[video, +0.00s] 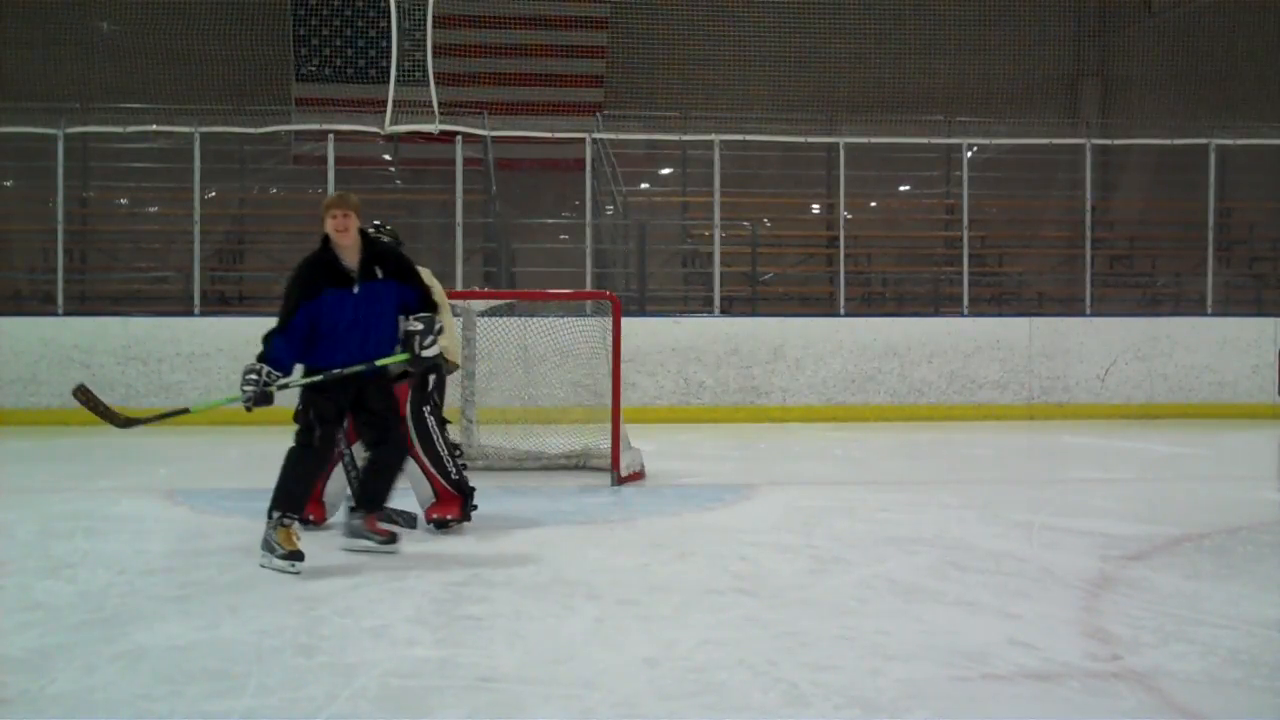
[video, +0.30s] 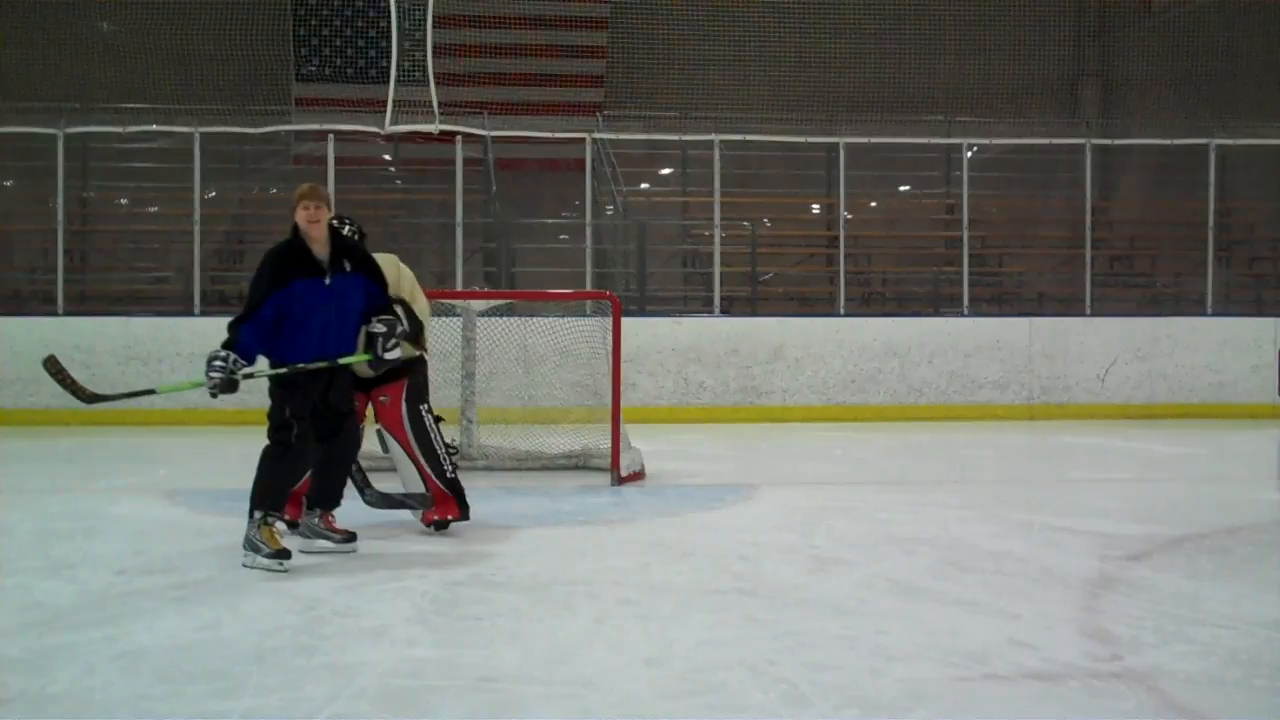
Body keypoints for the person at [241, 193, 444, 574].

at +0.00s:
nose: (341, 223)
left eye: (347, 216)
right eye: (334, 217)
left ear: (358, 221)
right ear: (325, 225)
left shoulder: (388, 261)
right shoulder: (312, 271)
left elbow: (423, 305)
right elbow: (290, 330)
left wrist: (422, 334)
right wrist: (266, 371)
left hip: (374, 374)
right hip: (326, 378)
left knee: (392, 440)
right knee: (315, 444)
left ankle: (363, 517)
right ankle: (282, 525)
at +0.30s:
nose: (313, 214)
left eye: (319, 207)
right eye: (305, 208)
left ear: (330, 213)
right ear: (294, 215)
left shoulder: (354, 256)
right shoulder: (281, 260)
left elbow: (382, 305)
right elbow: (255, 316)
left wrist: (386, 328)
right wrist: (231, 357)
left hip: (337, 369)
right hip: (291, 372)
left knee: (343, 440)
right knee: (290, 444)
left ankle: (316, 517)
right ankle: (261, 526)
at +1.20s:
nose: (277, 215)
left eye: (283, 209)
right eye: (270, 208)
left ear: (290, 214)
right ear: (255, 212)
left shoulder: (305, 252)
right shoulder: (233, 255)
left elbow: (332, 294)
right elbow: (213, 311)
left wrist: (329, 322)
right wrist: (203, 354)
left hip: (295, 365)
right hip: (246, 368)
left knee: (303, 439)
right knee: (241, 441)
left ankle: (310, 508)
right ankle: (219, 516)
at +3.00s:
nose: (224, 219)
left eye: (232, 214)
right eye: (219, 213)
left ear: (243, 221)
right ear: (210, 218)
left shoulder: (259, 259)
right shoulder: (189, 258)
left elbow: (284, 305)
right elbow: (165, 310)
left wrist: (284, 328)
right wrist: (146, 352)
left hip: (250, 360)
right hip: (200, 362)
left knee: (265, 433)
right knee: (186, 434)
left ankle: (292, 501)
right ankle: (166, 507)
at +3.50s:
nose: (232, 223)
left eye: (240, 218)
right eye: (227, 217)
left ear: (253, 222)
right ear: (219, 221)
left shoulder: (267, 261)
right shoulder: (198, 261)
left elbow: (286, 308)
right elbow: (176, 321)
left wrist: (306, 335)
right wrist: (184, 369)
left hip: (255, 371)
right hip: (206, 374)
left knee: (272, 438)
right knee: (195, 448)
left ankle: (283, 513)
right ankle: (171, 527)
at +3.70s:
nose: (268, 228)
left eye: (276, 222)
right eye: (262, 220)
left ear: (286, 228)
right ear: (249, 223)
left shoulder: (288, 266)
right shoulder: (227, 265)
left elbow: (299, 312)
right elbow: (214, 328)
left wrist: (316, 326)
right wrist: (230, 377)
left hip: (279, 374)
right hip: (232, 376)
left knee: (304, 442)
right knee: (230, 454)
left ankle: (298, 522)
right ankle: (193, 535)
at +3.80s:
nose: (300, 238)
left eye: (306, 231)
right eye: (293, 230)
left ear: (311, 237)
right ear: (274, 232)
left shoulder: (303, 278)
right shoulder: (253, 274)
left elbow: (305, 329)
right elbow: (243, 339)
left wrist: (322, 353)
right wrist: (268, 378)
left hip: (291, 380)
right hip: (246, 380)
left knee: (330, 441)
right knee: (244, 456)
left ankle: (316, 525)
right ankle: (200, 535)